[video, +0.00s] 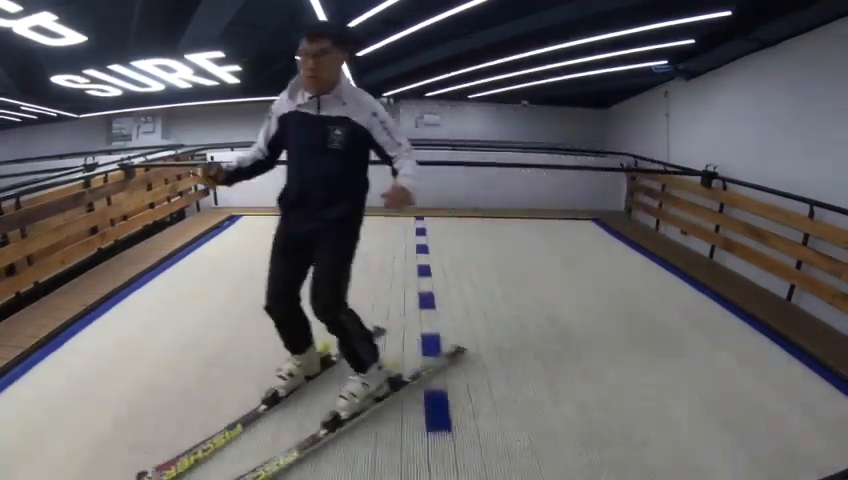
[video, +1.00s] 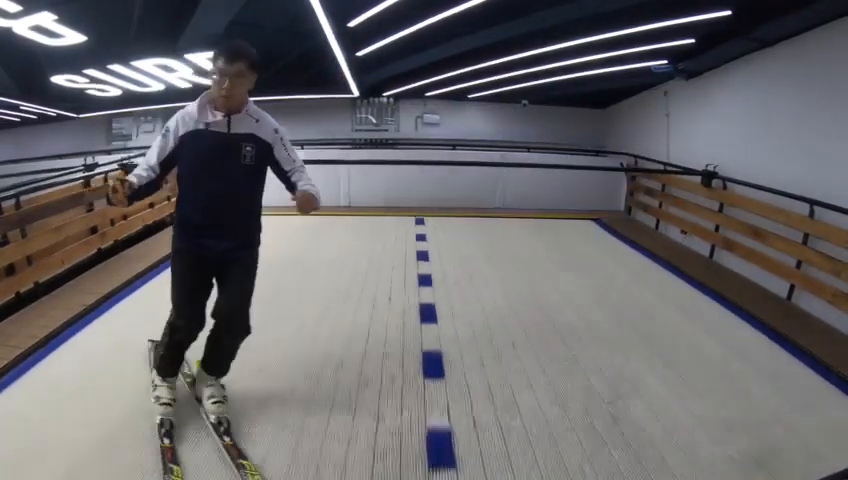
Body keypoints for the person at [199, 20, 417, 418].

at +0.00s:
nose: (310, 64)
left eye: (321, 56)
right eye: (304, 56)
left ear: (342, 59)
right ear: (298, 59)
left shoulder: (362, 108)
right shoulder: (286, 105)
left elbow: (402, 153)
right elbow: (263, 155)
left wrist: (403, 184)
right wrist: (225, 174)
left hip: (339, 221)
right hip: (294, 218)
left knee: (326, 303)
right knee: (279, 301)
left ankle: (369, 371)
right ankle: (305, 357)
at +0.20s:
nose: (238, 71)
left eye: (248, 62)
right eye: (234, 63)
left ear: (270, 66)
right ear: (229, 67)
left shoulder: (294, 111)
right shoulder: (221, 115)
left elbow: (336, 154)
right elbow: (201, 161)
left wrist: (330, 188)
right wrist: (163, 178)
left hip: (277, 223)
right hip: (234, 221)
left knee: (255, 301)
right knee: (216, 300)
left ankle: (268, 355)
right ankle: (231, 345)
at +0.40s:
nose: (198, 83)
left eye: (208, 75)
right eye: (194, 75)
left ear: (229, 79)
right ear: (189, 77)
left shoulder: (250, 122)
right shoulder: (177, 121)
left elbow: (286, 167)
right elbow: (156, 167)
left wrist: (272, 197)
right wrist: (121, 186)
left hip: (232, 231)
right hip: (188, 227)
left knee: (207, 303)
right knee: (171, 303)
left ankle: (203, 357)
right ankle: (174, 349)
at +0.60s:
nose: (183, 92)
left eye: (194, 84)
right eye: (180, 82)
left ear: (214, 87)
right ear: (174, 83)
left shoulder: (232, 131)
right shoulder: (155, 126)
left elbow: (264, 175)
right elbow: (128, 172)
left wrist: (260, 201)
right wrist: (96, 188)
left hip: (209, 239)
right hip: (164, 235)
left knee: (188, 308)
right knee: (149, 307)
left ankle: (179, 366)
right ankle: (142, 358)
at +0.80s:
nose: (193, 91)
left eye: (204, 83)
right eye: (189, 81)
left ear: (221, 85)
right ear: (182, 81)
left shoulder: (238, 132)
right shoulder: (157, 126)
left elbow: (268, 175)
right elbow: (128, 171)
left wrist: (271, 198)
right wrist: (102, 188)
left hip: (213, 242)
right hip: (166, 238)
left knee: (197, 314)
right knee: (156, 313)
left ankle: (183, 371)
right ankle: (139, 367)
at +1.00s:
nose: (225, 86)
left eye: (236, 78)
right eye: (219, 76)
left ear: (252, 83)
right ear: (210, 75)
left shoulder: (264, 128)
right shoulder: (185, 120)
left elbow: (295, 171)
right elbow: (151, 165)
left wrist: (307, 194)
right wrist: (130, 185)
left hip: (240, 243)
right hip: (191, 240)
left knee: (235, 323)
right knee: (187, 320)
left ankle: (210, 375)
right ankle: (165, 374)